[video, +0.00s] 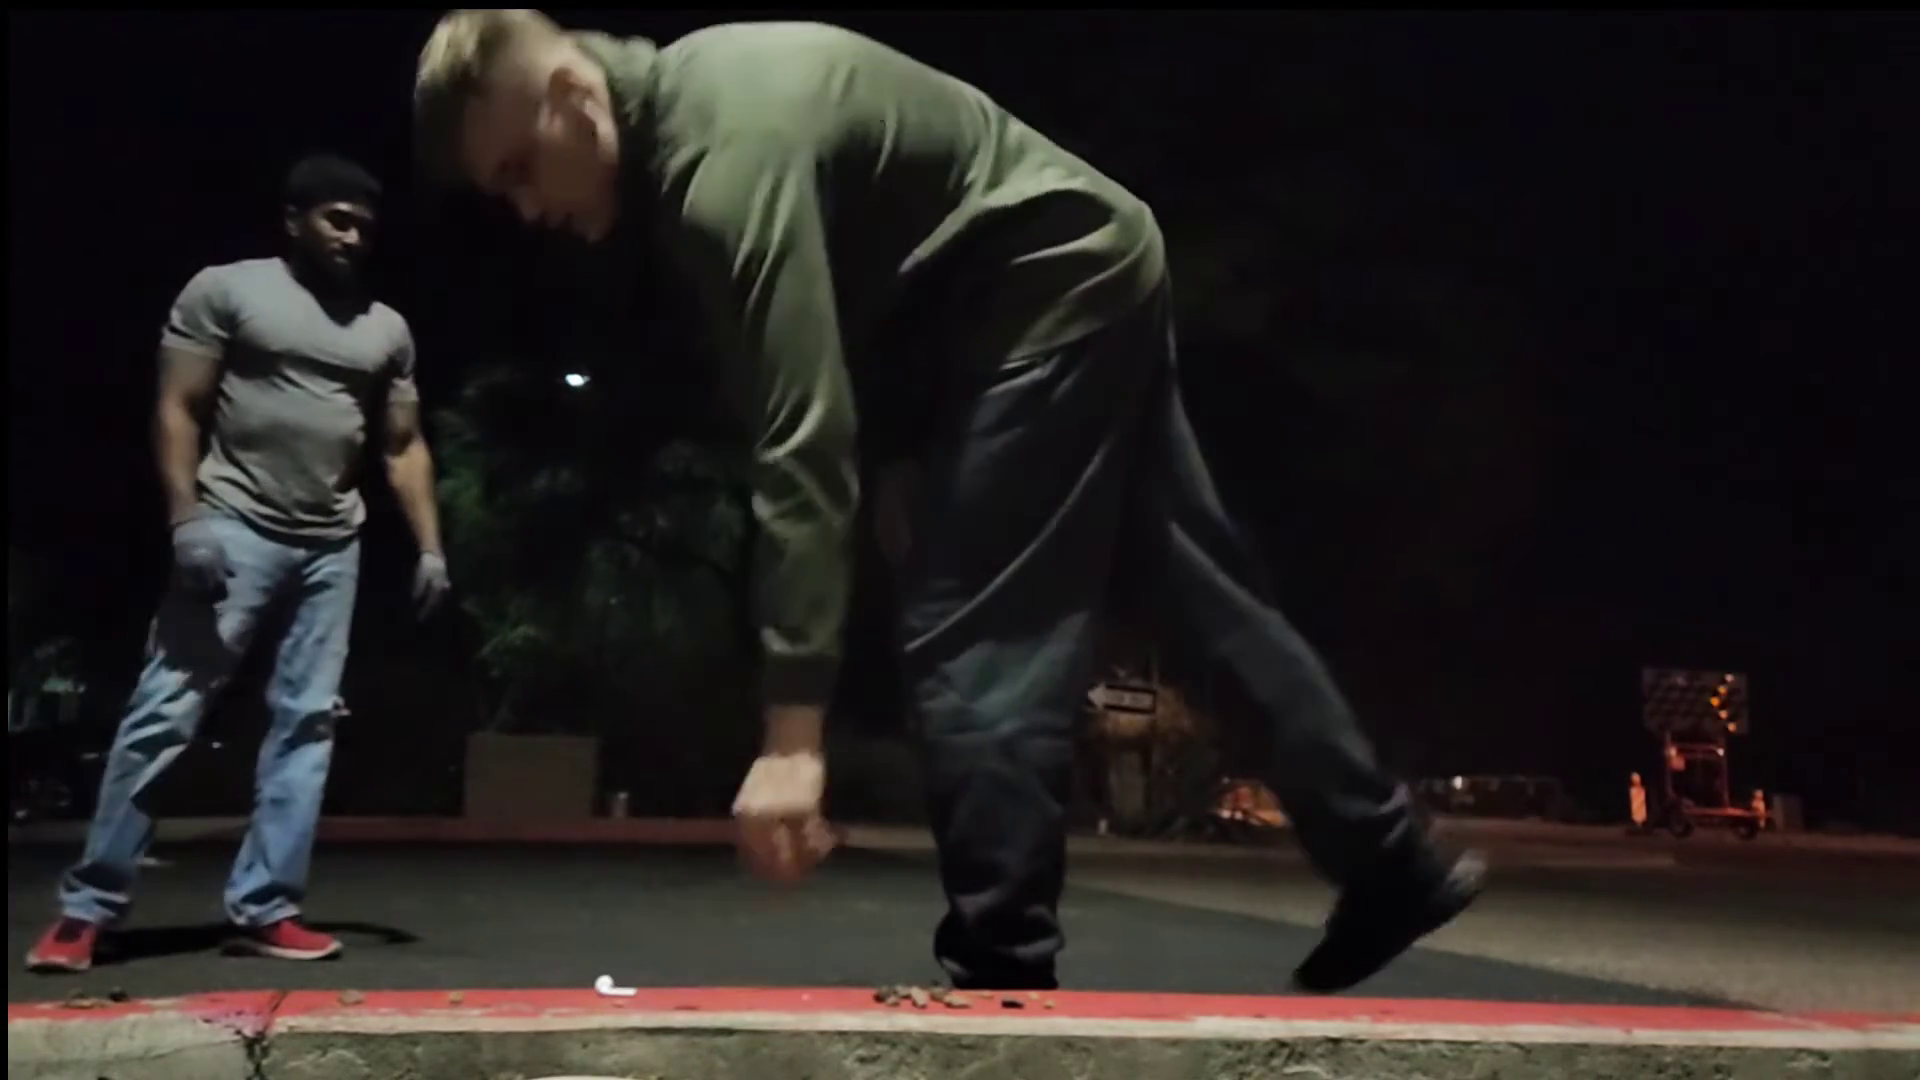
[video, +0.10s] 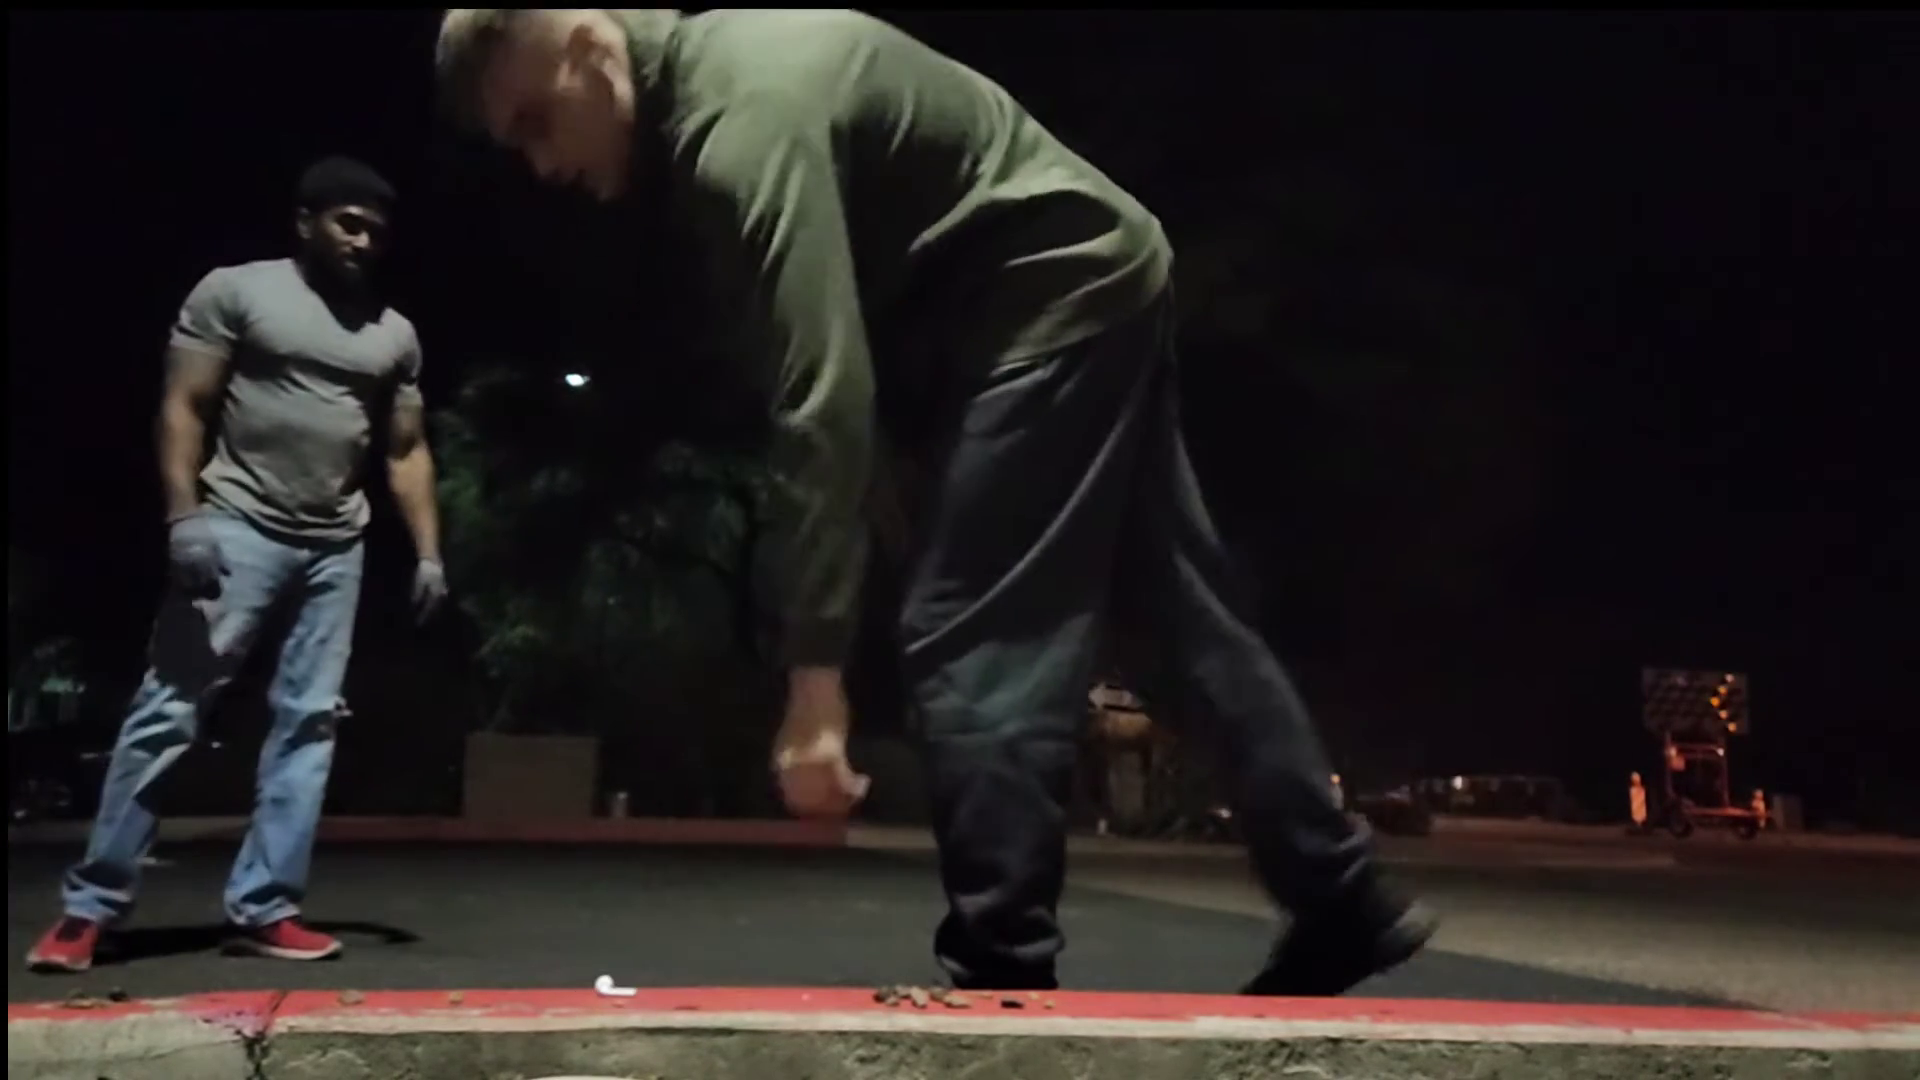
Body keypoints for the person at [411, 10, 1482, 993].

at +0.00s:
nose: (523, 210)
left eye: (515, 174)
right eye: (500, 192)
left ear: (576, 100)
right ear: (575, 97)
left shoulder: (732, 155)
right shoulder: (689, 100)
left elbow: (804, 449)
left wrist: (790, 739)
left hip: (1050, 292)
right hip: (1088, 266)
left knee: (973, 631)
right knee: (1191, 588)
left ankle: (1002, 954)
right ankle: (1389, 859)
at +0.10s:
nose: (540, 165)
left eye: (531, 125)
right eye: (517, 145)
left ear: (594, 54)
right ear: (591, 55)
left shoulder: (746, 118)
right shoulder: (715, 76)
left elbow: (820, 406)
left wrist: (813, 700)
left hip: (1058, 294)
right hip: (1090, 274)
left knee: (966, 632)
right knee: (1182, 614)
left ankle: (999, 962)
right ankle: (1343, 906)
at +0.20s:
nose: (564, 121)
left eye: (560, 82)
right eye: (541, 104)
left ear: (623, 24)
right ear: (628, 27)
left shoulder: (764, 91)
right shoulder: (747, 68)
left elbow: (840, 361)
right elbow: (830, 358)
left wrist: (826, 637)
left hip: (1059, 297)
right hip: (1105, 279)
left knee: (961, 637)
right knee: (1160, 629)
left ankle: (1001, 962)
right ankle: (1281, 933)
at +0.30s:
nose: (596, 90)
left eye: (593, 54)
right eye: (575, 73)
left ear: (655, 9)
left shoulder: (787, 70)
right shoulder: (774, 66)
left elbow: (848, 326)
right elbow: (832, 329)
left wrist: (836, 599)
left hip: (1057, 307)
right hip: (1108, 293)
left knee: (964, 639)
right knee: (1142, 639)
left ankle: (1003, 972)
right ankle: (1215, 956)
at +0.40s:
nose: (645, 77)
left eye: (641, 44)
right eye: (627, 59)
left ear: (699, 6)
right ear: (706, 14)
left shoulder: (822, 50)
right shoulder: (817, 45)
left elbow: (867, 289)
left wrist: (848, 544)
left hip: (1060, 318)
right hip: (1112, 306)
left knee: (969, 636)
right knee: (1098, 643)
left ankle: (1002, 967)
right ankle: (1163, 953)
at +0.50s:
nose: (695, 66)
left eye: (687, 38)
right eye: (680, 49)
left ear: (738, 5)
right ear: (737, 15)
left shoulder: (861, 36)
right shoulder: (858, 38)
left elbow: (901, 257)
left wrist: (875, 501)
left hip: (1069, 339)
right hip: (1105, 335)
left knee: (998, 648)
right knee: (1071, 664)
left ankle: (1000, 967)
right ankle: (1130, 974)